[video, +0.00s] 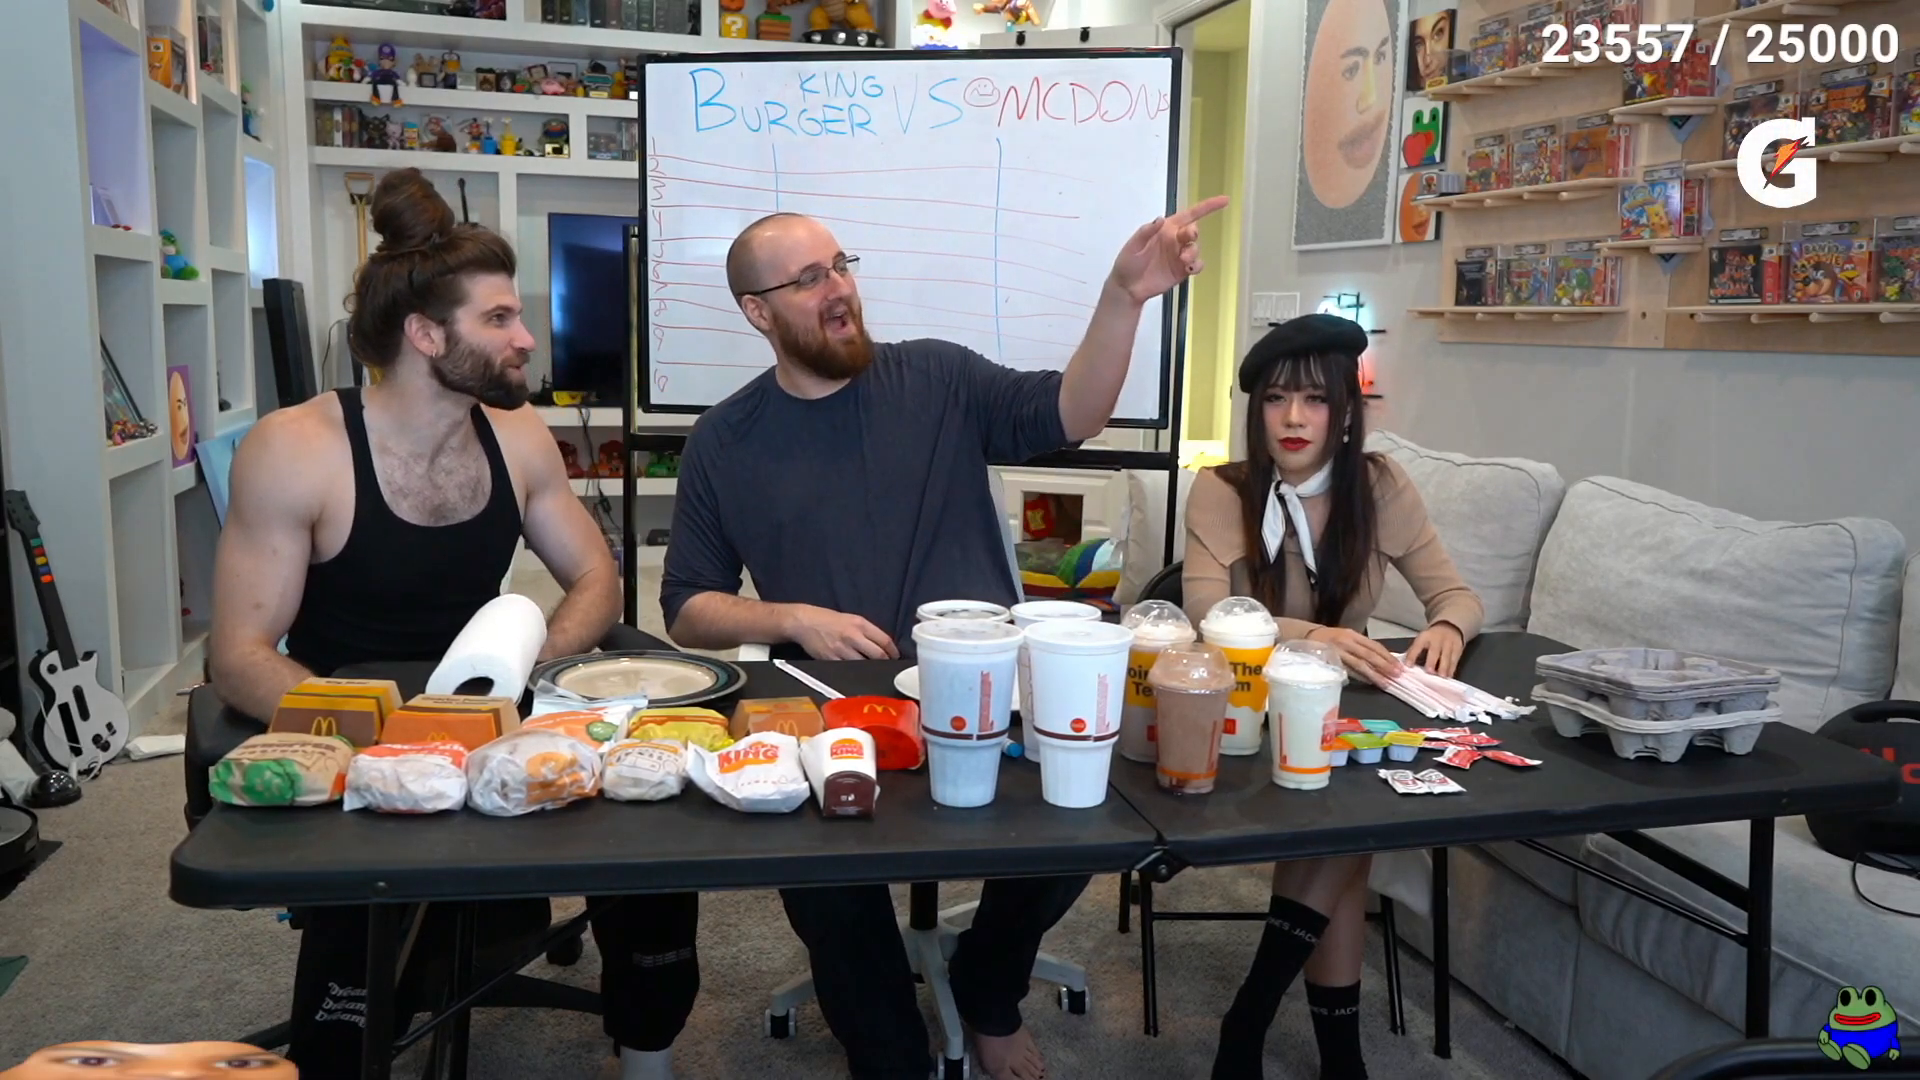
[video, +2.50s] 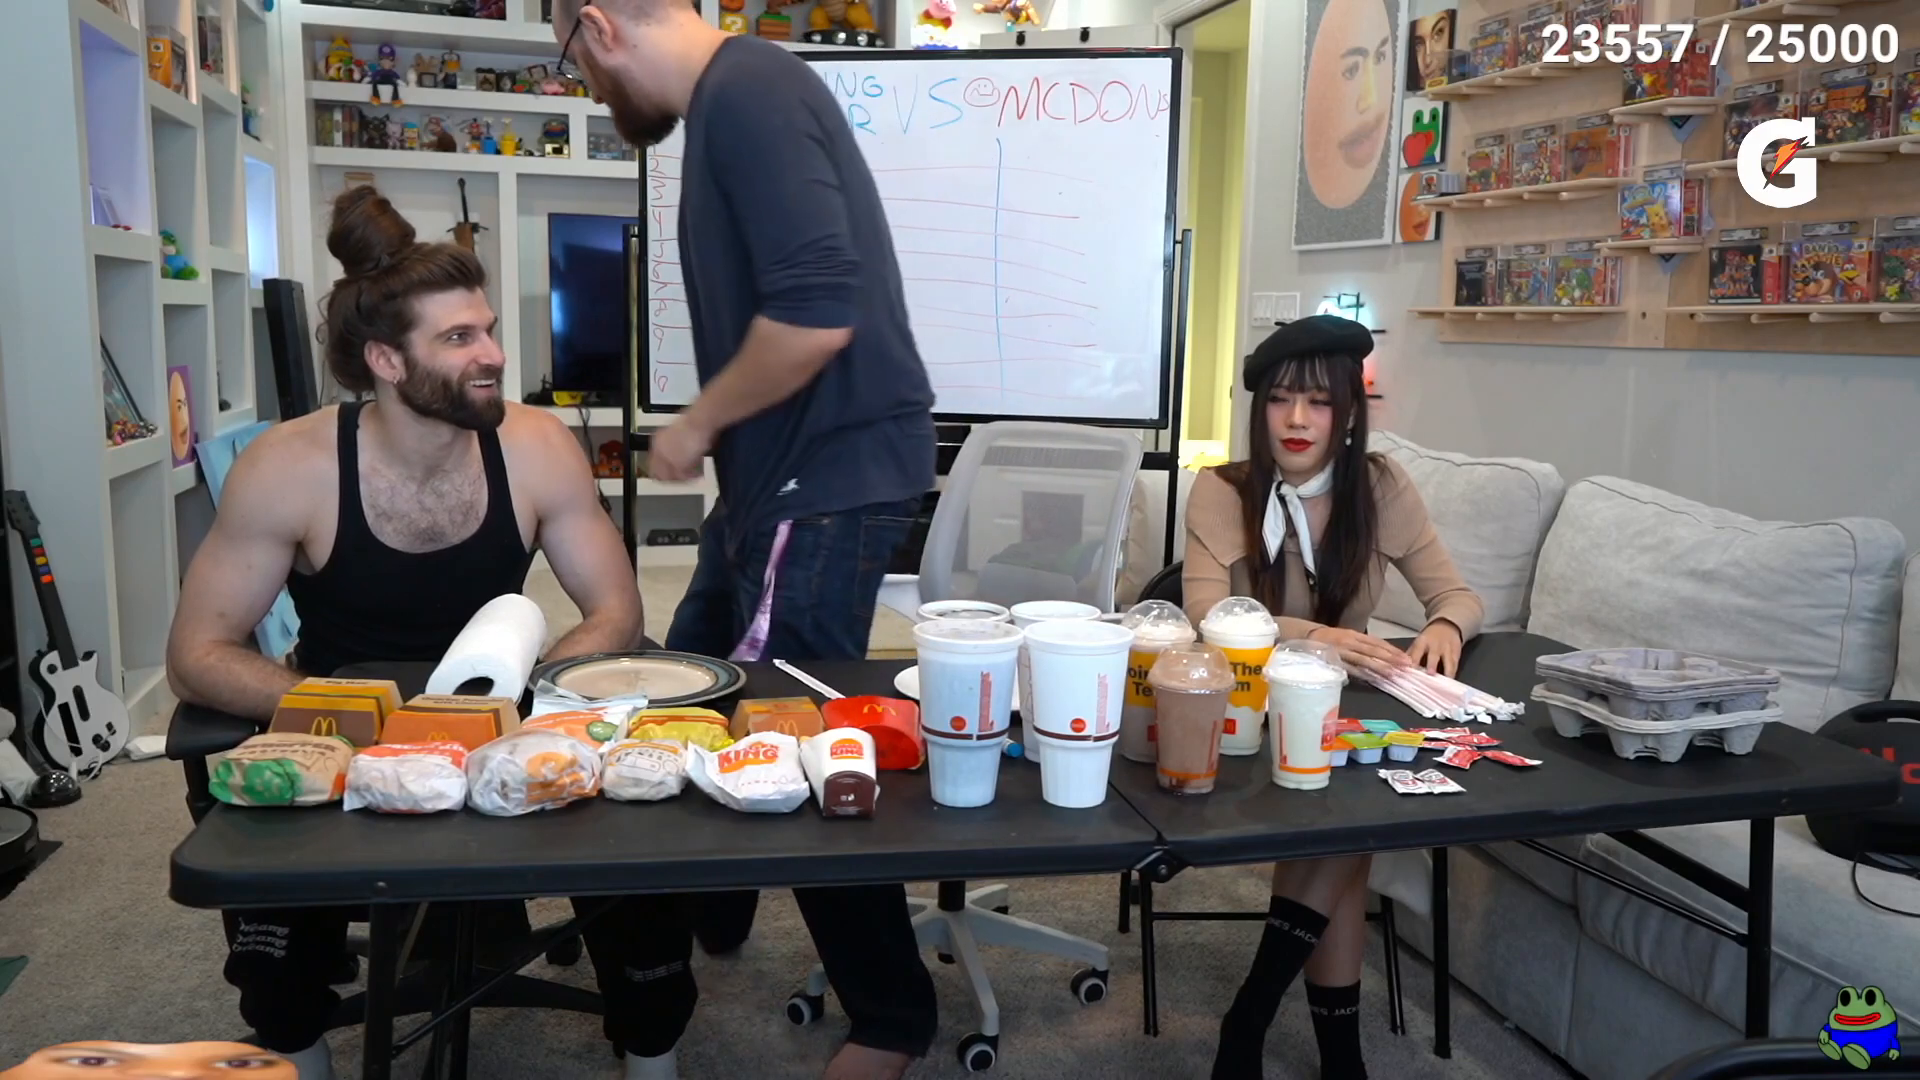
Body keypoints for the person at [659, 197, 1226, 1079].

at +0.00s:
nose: (840, 288)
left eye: (841, 267)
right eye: (809, 279)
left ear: (856, 274)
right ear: (757, 313)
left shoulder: (937, 376)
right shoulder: (724, 442)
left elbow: (1073, 413)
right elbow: (687, 609)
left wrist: (1124, 294)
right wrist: (792, 619)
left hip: (978, 692)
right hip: (825, 710)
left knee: (1072, 824)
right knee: (818, 870)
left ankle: (986, 990)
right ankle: (897, 1062)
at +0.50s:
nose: (832, 321)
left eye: (850, 296)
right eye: (804, 305)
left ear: (882, 296)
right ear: (777, 319)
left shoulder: (971, 388)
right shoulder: (748, 412)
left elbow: (1089, 466)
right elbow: (704, 502)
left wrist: (1063, 582)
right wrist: (742, 591)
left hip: (979, 677)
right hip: (827, 681)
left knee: (1039, 834)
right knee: (804, 840)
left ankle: (1007, 1057)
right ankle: (869, 1060)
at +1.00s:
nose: (803, 362)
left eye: (827, 334)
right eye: (780, 337)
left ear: (876, 324)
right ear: (759, 333)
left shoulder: (981, 396)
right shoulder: (744, 395)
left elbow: (1104, 444)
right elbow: (754, 482)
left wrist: (1082, 606)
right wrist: (784, 590)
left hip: (953, 683)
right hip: (814, 674)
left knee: (900, 846)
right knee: (748, 828)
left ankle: (894, 1040)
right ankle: (835, 1013)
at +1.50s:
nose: (724, 330)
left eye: (741, 301)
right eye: (703, 305)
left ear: (808, 249)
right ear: (681, 266)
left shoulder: (968, 289)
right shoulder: (706, 311)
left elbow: (1082, 398)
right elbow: (741, 427)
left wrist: (1099, 554)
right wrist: (783, 542)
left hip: (944, 581)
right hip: (807, 577)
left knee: (882, 811)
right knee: (772, 796)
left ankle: (900, 1040)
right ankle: (834, 1019)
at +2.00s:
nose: (671, 86)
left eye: (664, 58)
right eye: (659, 65)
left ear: (722, 27)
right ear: (729, 28)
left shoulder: (924, 139)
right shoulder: (764, 144)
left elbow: (1027, 351)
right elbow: (809, 339)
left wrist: (973, 539)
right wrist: (786, 477)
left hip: (887, 536)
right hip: (772, 513)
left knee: (862, 799)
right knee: (737, 756)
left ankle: (898, 1024)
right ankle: (801, 975)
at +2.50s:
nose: (588, 89)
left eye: (576, 60)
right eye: (576, 68)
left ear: (607, 28)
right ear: (643, 21)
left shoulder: (749, 92)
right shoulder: (730, 103)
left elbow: (815, 310)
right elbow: (791, 312)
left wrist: (696, 422)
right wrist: (734, 441)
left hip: (829, 477)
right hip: (777, 477)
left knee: (795, 739)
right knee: (688, 699)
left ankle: (894, 1021)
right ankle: (710, 913)